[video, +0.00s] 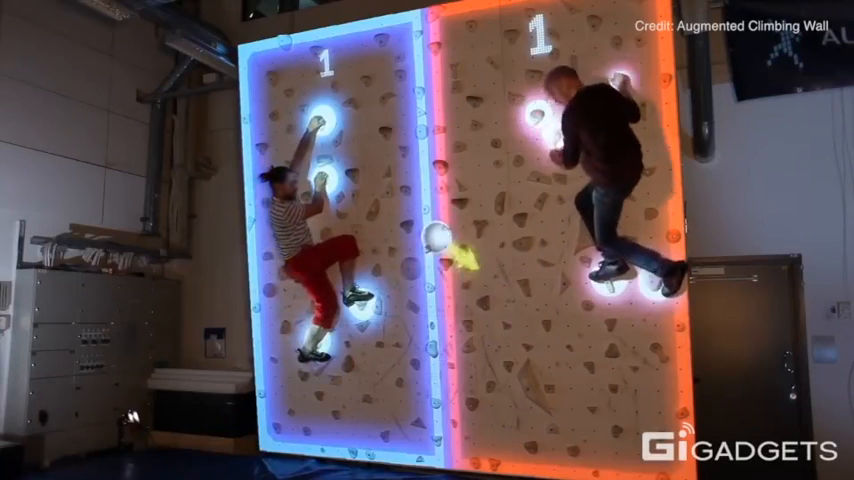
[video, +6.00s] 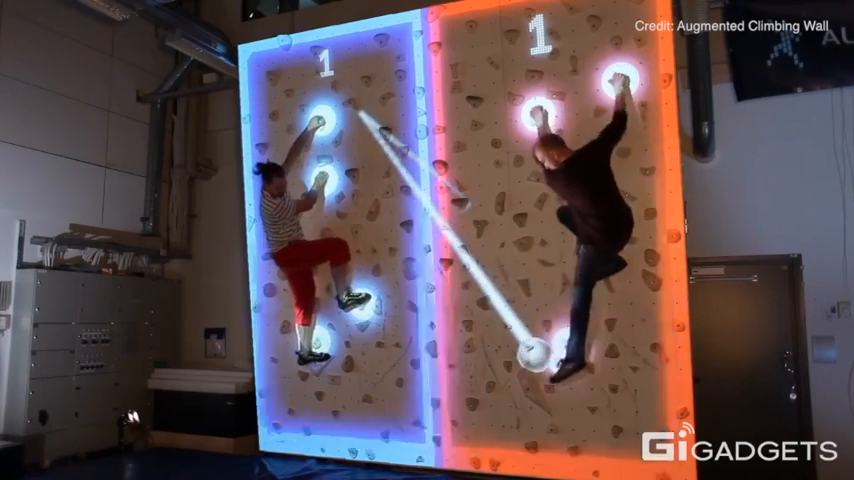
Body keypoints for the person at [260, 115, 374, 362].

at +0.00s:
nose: (295, 185)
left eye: (294, 181)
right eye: (291, 182)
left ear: (282, 186)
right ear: (279, 187)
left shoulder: (278, 203)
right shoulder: (286, 209)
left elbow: (297, 163)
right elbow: (318, 207)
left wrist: (310, 132)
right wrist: (321, 188)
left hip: (297, 263)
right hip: (304, 260)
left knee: (328, 306)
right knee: (346, 244)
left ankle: (309, 349)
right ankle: (350, 290)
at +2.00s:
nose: (280, 181)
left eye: (279, 177)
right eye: (276, 178)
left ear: (263, 182)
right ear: (265, 182)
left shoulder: (258, 198)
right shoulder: (273, 203)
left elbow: (276, 171)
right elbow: (309, 208)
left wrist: (293, 156)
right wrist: (318, 186)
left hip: (285, 259)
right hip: (295, 253)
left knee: (315, 300)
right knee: (339, 243)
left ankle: (306, 350)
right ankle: (348, 292)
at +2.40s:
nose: (284, 178)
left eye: (281, 175)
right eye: (280, 176)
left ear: (268, 183)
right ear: (269, 183)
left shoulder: (268, 194)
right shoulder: (278, 205)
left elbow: (298, 167)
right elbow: (311, 208)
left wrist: (330, 171)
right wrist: (320, 182)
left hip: (285, 256)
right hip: (293, 253)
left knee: (311, 301)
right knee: (338, 244)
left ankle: (306, 351)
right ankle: (348, 293)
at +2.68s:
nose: (299, 174)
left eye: (297, 171)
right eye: (295, 173)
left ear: (284, 180)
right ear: (284, 180)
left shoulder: (290, 188)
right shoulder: (286, 199)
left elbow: (323, 170)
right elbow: (315, 207)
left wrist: (359, 165)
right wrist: (319, 184)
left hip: (286, 249)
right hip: (292, 248)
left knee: (301, 299)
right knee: (337, 243)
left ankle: (304, 351)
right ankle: (348, 292)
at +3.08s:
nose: (306, 164)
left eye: (304, 162)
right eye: (302, 164)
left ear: (290, 171)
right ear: (294, 171)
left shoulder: (290, 183)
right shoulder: (293, 193)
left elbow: (318, 152)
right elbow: (322, 209)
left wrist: (342, 127)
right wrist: (321, 185)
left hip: (290, 246)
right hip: (300, 243)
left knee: (303, 296)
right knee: (345, 242)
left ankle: (305, 350)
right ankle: (348, 292)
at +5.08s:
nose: (283, 187)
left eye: (283, 183)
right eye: (279, 185)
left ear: (279, 181)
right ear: (269, 186)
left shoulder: (268, 195)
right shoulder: (279, 204)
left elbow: (290, 158)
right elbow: (311, 207)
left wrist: (308, 130)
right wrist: (320, 186)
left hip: (282, 254)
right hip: (291, 251)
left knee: (305, 300)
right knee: (333, 246)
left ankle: (305, 351)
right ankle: (346, 294)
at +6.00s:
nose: (283, 187)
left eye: (283, 182)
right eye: (278, 184)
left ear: (283, 180)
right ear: (268, 186)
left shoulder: (270, 193)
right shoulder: (277, 204)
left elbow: (292, 157)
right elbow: (308, 204)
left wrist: (309, 130)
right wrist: (320, 185)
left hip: (286, 253)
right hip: (292, 251)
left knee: (306, 300)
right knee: (337, 247)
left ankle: (305, 352)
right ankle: (345, 296)